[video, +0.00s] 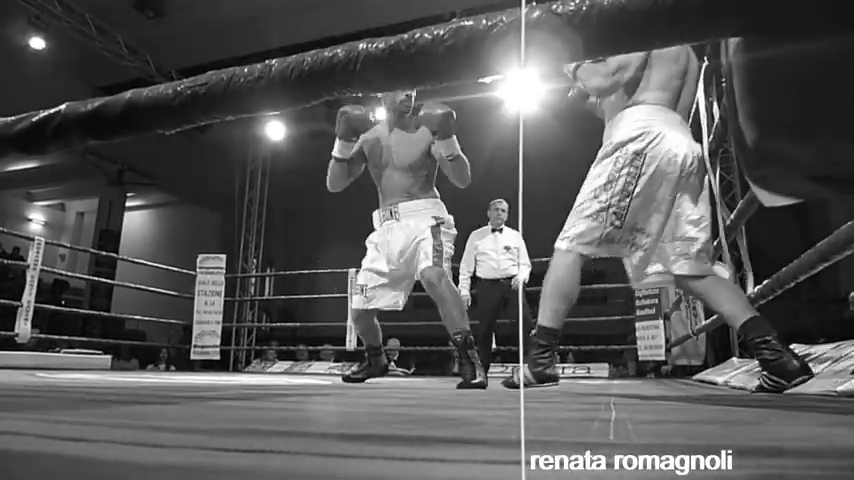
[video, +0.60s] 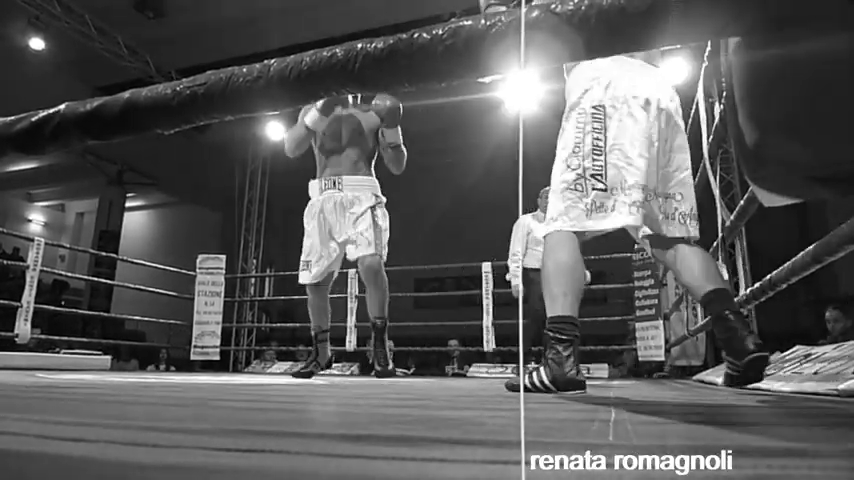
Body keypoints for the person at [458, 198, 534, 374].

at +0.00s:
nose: (499, 214)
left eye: (503, 211)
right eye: (496, 210)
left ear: (507, 215)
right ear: (488, 213)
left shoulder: (515, 236)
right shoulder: (476, 236)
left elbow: (525, 263)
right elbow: (466, 267)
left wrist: (521, 277)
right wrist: (464, 291)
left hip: (511, 284)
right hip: (486, 284)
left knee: (525, 321)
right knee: (484, 329)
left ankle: (531, 365)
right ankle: (481, 370)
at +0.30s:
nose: (524, 213)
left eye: (527, 211)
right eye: (521, 210)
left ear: (530, 216)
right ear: (512, 211)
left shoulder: (533, 239)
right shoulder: (496, 233)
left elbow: (537, 267)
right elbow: (484, 261)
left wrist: (540, 286)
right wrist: (482, 285)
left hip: (527, 284)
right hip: (503, 283)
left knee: (539, 321)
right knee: (495, 325)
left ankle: (544, 364)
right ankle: (481, 367)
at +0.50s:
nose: (544, 206)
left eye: (547, 202)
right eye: (540, 202)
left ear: (551, 206)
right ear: (530, 205)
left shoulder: (551, 227)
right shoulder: (517, 225)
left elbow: (556, 256)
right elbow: (506, 255)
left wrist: (555, 280)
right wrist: (504, 281)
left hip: (544, 276)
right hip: (523, 275)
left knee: (549, 318)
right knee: (519, 320)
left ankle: (549, 360)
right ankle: (496, 358)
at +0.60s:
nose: (547, 201)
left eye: (551, 197)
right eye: (544, 197)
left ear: (556, 201)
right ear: (538, 200)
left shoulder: (559, 223)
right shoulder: (525, 222)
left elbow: (569, 251)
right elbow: (516, 253)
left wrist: (582, 272)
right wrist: (516, 279)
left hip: (554, 270)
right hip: (532, 270)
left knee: (554, 311)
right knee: (535, 313)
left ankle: (551, 355)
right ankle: (529, 357)